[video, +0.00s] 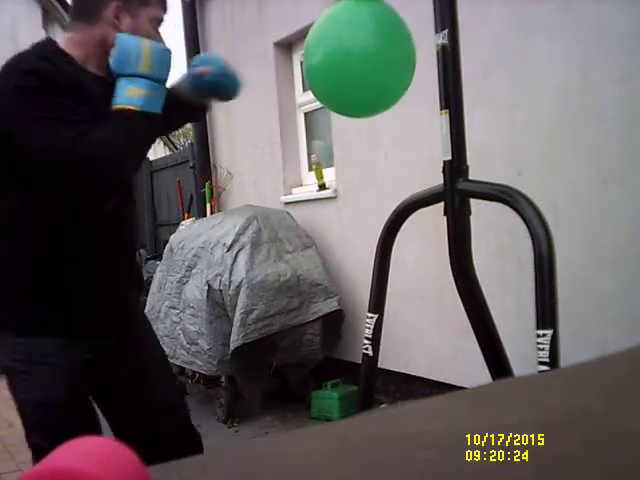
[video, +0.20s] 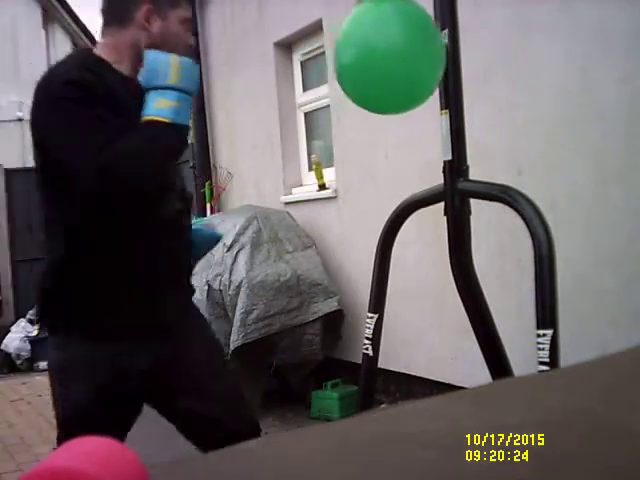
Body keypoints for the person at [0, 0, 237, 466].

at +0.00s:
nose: (161, 38)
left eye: (162, 25)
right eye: (157, 22)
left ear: (117, 17)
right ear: (118, 15)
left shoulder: (110, 87)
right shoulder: (24, 81)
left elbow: (143, 126)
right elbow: (95, 172)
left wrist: (190, 95)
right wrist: (140, 89)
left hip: (111, 311)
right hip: (35, 322)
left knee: (172, 449)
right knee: (70, 466)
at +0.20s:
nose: (191, 41)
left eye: (191, 28)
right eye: (186, 25)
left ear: (149, 20)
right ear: (148, 17)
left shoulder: (145, 96)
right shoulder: (66, 88)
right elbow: (113, 192)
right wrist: (169, 99)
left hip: (163, 316)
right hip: (94, 324)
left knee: (244, 449)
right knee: (84, 470)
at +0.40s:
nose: (242, 22)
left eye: (240, 9)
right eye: (235, 8)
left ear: (199, 11)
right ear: (199, 7)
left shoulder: (211, 88)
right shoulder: (111, 76)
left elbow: (241, 109)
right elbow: (121, 171)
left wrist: (302, 98)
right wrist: (186, 96)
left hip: (190, 304)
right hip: (110, 304)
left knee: (237, 453)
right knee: (81, 456)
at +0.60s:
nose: (239, 36)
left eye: (240, 23)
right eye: (235, 20)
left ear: (200, 17)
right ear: (200, 14)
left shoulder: (190, 87)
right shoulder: (122, 76)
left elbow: (183, 180)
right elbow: (157, 164)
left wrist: (244, 176)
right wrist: (207, 92)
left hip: (193, 303)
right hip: (130, 304)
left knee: (239, 444)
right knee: (104, 453)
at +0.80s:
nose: (197, 52)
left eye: (200, 41)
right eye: (194, 38)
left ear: (159, 32)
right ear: (160, 30)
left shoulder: (142, 102)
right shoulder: (100, 87)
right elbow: (155, 169)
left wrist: (192, 156)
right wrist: (196, 102)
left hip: (162, 317)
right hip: (104, 324)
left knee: (221, 444)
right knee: (105, 466)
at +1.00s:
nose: (139, 68)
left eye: (138, 55)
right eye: (133, 52)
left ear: (96, 49)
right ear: (97, 45)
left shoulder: (79, 121)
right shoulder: (28, 108)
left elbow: (90, 205)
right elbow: (78, 201)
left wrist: (132, 175)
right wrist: (123, 134)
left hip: (106, 333)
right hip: (54, 341)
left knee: (180, 450)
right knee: (64, 468)